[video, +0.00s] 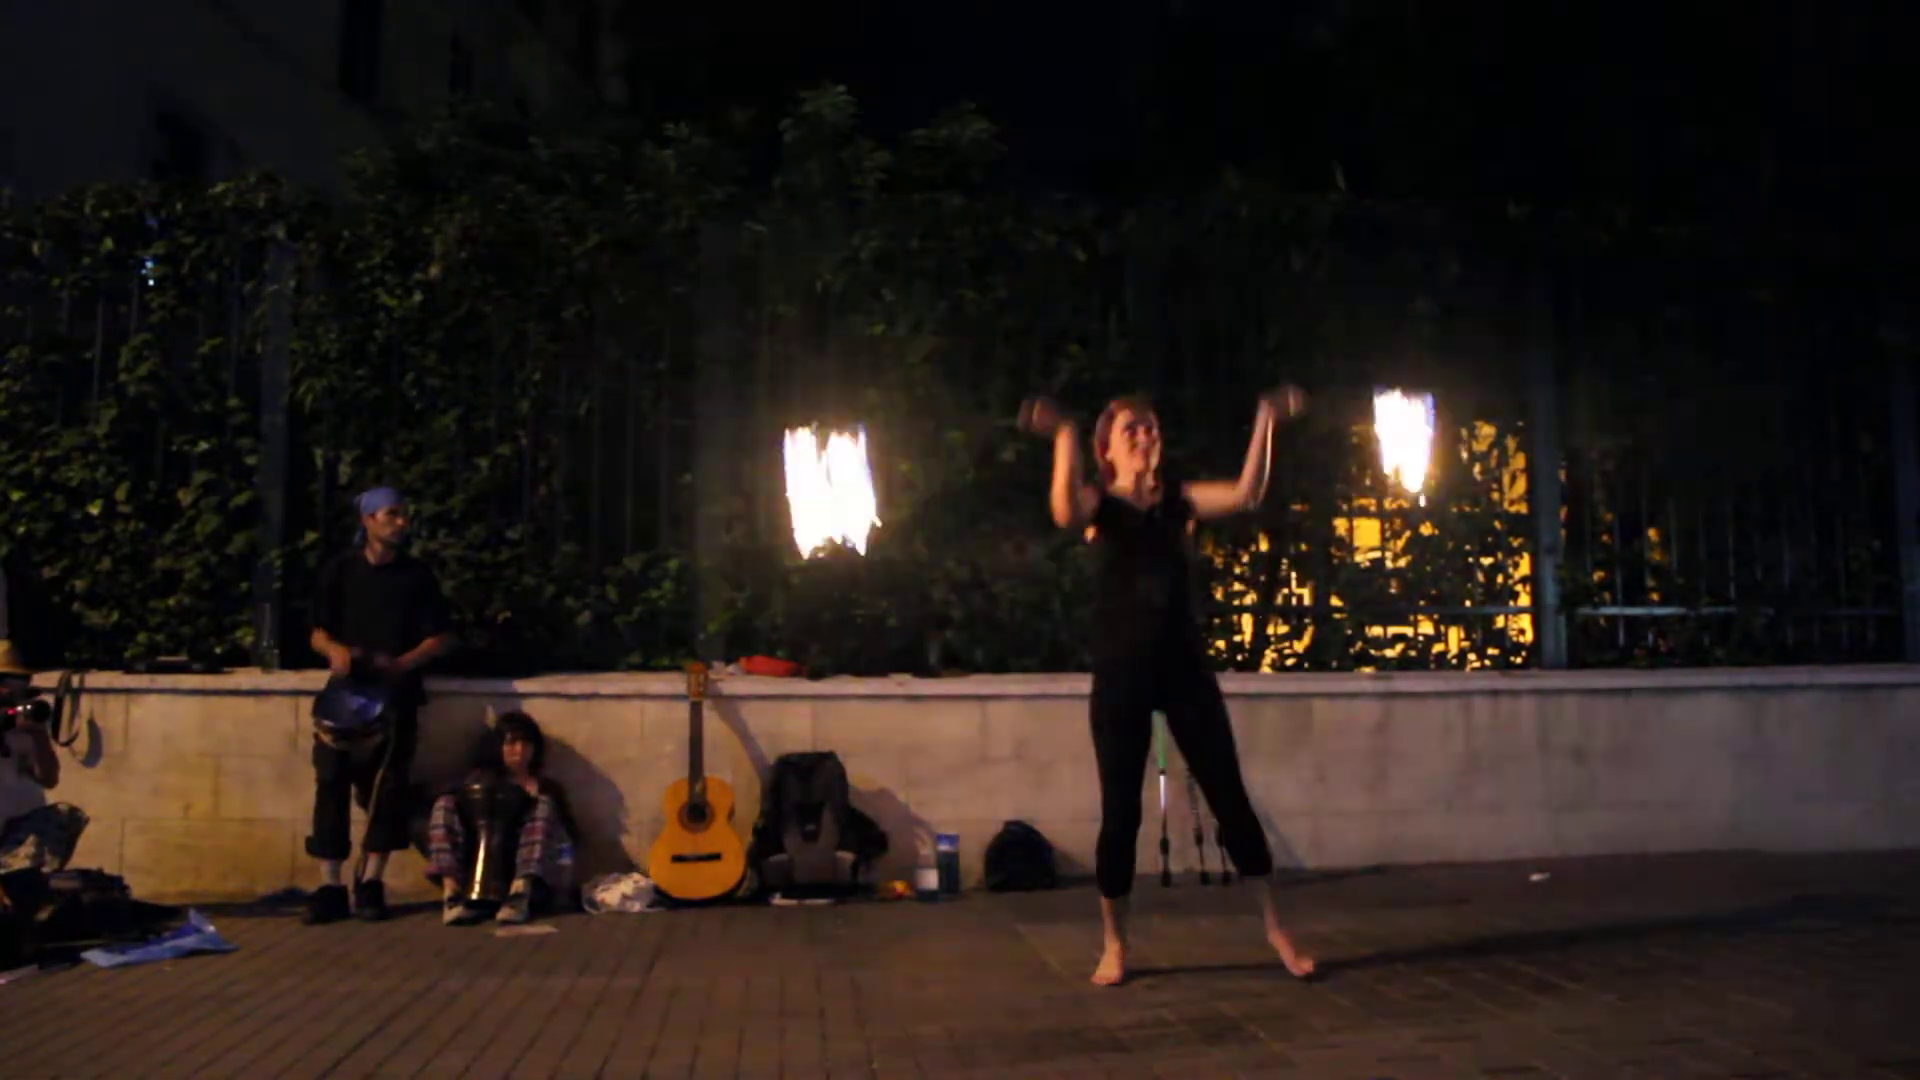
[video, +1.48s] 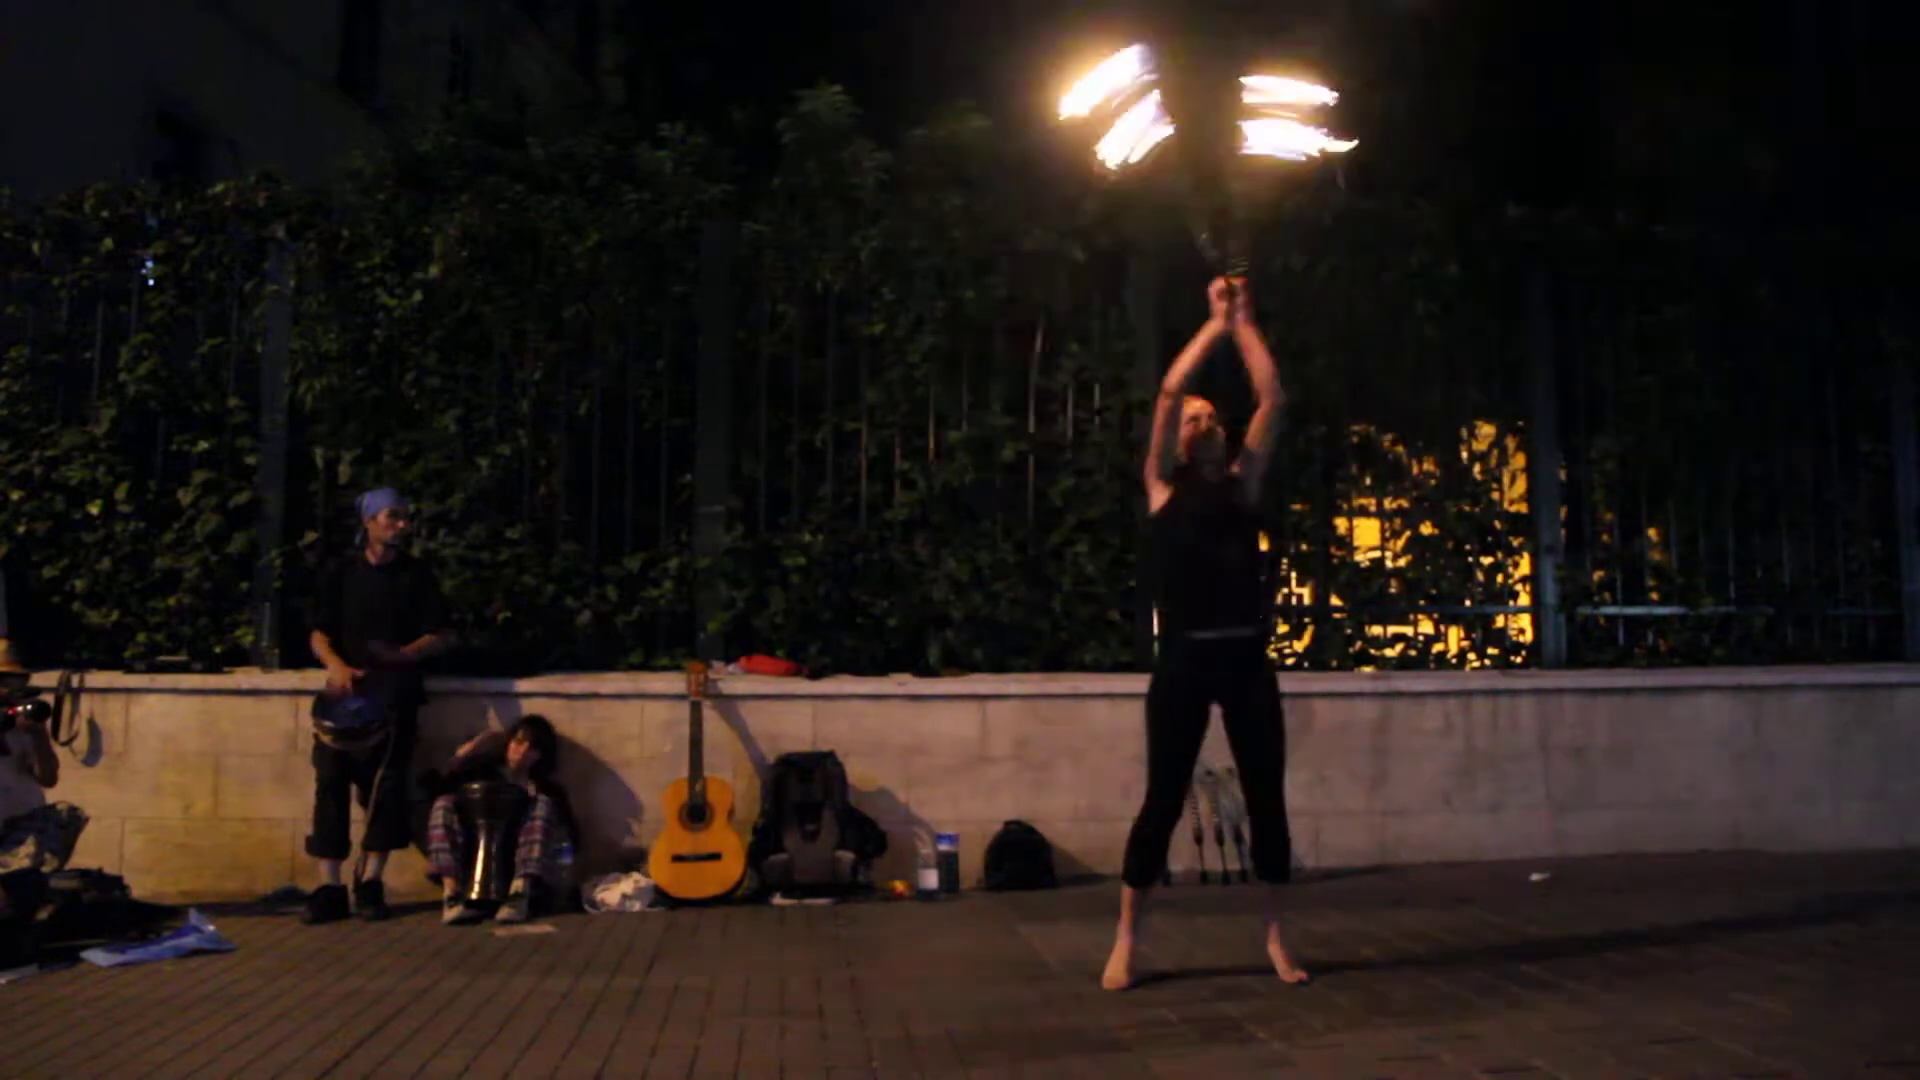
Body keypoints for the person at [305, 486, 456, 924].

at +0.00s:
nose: (402, 522)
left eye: (404, 515)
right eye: (392, 516)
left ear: (404, 522)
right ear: (368, 521)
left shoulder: (417, 574)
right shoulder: (340, 571)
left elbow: (440, 637)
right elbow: (317, 633)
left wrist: (399, 664)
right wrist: (336, 652)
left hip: (396, 694)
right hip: (345, 691)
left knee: (390, 784)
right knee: (331, 783)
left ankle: (370, 881)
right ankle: (331, 883)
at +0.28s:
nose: (402, 523)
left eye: (404, 516)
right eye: (392, 516)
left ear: (405, 523)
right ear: (368, 521)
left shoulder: (417, 574)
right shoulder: (340, 571)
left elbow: (439, 638)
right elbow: (316, 630)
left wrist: (400, 668)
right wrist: (333, 650)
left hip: (396, 694)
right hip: (345, 691)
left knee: (390, 785)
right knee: (331, 784)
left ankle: (370, 881)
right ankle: (331, 883)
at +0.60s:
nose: (401, 525)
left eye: (403, 519)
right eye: (392, 519)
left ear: (404, 524)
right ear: (367, 523)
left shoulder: (416, 575)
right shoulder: (340, 572)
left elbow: (440, 638)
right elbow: (317, 634)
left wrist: (403, 670)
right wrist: (334, 643)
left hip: (395, 694)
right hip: (345, 691)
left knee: (389, 785)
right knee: (331, 783)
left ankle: (370, 881)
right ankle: (331, 883)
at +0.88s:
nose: (401, 525)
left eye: (403, 518)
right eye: (392, 518)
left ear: (404, 524)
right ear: (368, 521)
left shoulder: (415, 574)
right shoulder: (340, 571)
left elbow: (441, 634)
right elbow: (313, 628)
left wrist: (406, 655)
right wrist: (334, 653)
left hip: (395, 692)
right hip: (344, 689)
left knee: (388, 783)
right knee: (331, 783)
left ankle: (371, 880)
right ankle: (331, 883)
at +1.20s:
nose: (401, 523)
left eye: (403, 517)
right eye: (392, 517)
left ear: (403, 523)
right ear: (367, 521)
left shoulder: (416, 573)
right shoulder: (339, 573)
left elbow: (441, 636)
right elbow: (316, 632)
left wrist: (398, 668)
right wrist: (337, 662)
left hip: (395, 694)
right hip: (344, 691)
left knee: (388, 784)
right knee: (331, 783)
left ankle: (371, 880)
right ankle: (329, 883)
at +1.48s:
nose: (401, 525)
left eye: (404, 518)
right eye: (393, 517)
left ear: (405, 524)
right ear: (368, 522)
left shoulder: (416, 573)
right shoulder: (340, 572)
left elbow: (442, 634)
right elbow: (317, 633)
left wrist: (400, 655)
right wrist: (335, 666)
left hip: (395, 694)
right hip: (344, 690)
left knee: (387, 784)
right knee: (331, 783)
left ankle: (370, 880)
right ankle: (330, 882)